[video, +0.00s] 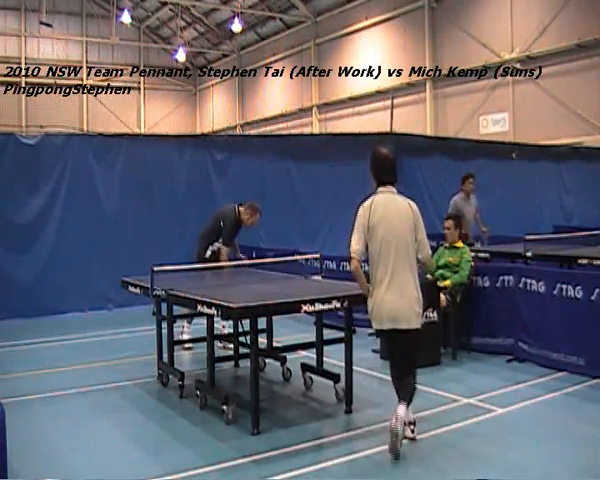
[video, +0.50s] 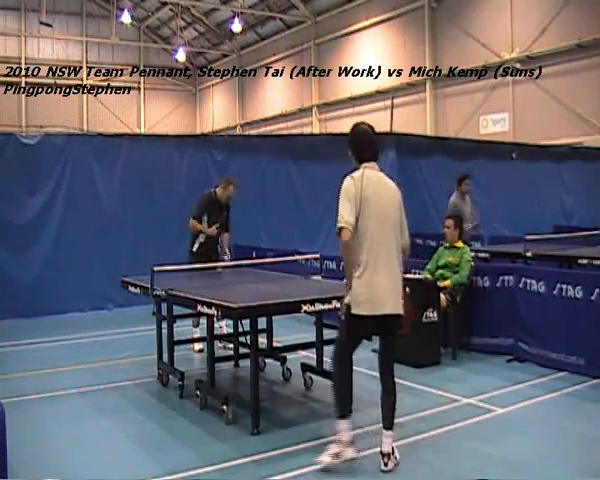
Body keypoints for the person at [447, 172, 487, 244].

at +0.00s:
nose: (472, 186)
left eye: (473, 184)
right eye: (469, 183)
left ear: (474, 186)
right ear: (463, 186)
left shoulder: (473, 198)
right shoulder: (455, 201)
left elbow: (476, 213)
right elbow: (450, 218)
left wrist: (481, 228)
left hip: (471, 234)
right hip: (459, 235)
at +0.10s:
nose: (470, 186)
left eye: (471, 183)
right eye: (467, 183)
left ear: (472, 185)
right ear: (461, 185)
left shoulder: (470, 198)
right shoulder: (454, 200)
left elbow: (473, 214)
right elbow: (448, 217)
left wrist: (476, 230)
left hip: (468, 234)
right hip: (457, 236)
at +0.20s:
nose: (468, 185)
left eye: (469, 183)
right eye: (465, 183)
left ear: (470, 185)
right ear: (459, 185)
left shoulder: (469, 198)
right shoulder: (452, 200)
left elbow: (471, 214)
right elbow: (446, 217)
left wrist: (473, 230)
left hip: (467, 234)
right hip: (455, 236)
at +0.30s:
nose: (467, 187)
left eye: (468, 185)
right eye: (465, 184)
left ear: (469, 186)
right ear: (459, 187)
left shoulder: (469, 200)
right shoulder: (451, 202)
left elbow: (470, 217)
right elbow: (445, 218)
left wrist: (472, 233)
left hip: (467, 236)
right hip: (455, 237)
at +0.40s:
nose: (467, 189)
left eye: (468, 187)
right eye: (465, 187)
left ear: (469, 189)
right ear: (459, 189)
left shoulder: (469, 201)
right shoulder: (451, 204)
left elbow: (470, 217)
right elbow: (445, 220)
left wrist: (474, 232)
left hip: (466, 235)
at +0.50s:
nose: (468, 187)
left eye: (469, 185)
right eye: (466, 184)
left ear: (470, 186)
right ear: (459, 187)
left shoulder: (467, 198)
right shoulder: (454, 202)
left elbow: (470, 212)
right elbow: (451, 220)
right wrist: (462, 226)